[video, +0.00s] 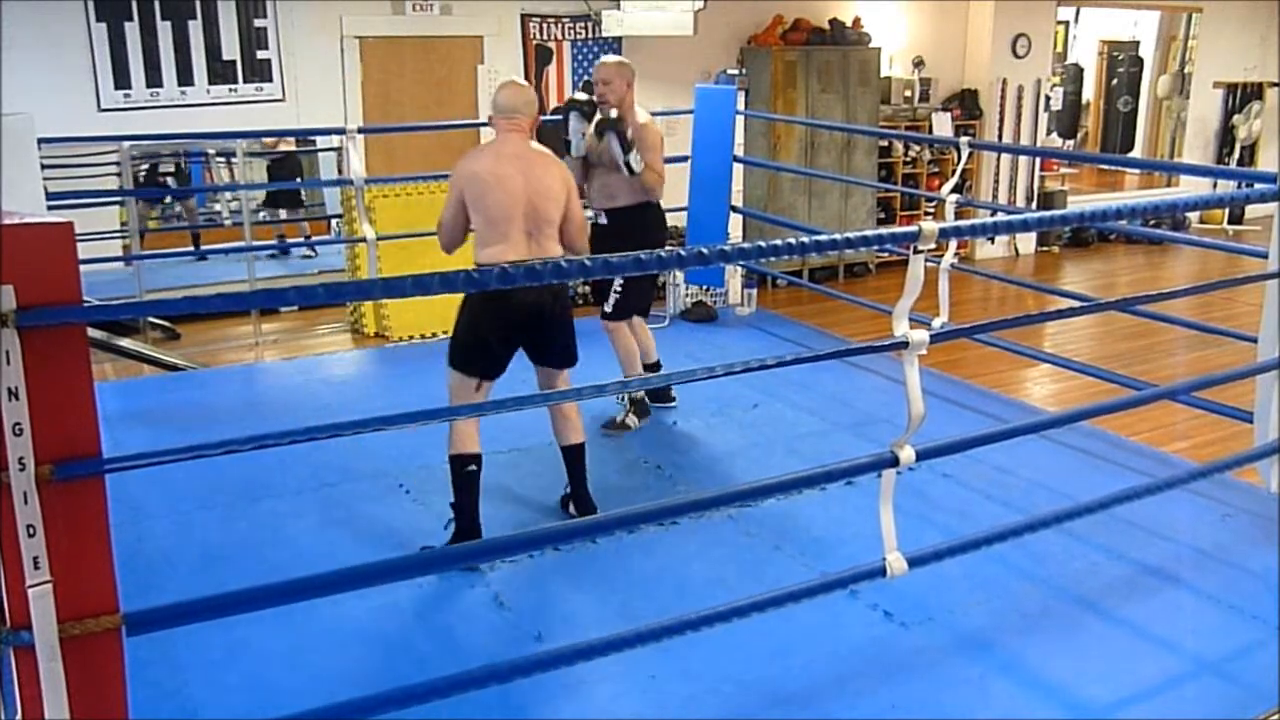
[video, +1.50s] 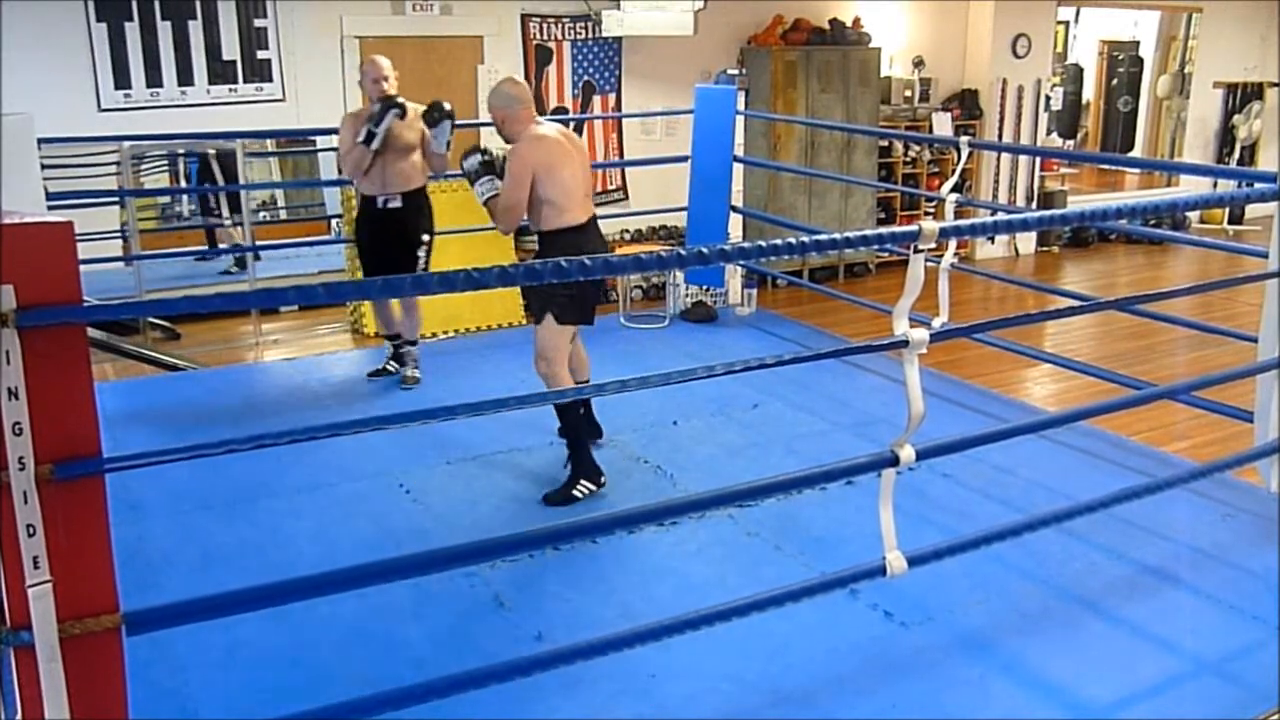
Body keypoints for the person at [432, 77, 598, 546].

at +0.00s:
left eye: (495, 115)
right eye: (533, 117)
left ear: (491, 119)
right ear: (535, 121)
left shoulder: (471, 165)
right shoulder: (557, 168)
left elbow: (449, 240)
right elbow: (578, 244)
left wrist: (482, 207)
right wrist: (543, 217)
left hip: (491, 298)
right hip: (549, 294)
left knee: (465, 409)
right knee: (561, 394)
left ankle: (467, 526)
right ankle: (581, 496)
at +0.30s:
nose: (497, 108)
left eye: (495, 100)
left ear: (496, 104)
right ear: (538, 102)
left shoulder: (481, 147)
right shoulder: (564, 143)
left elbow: (470, 208)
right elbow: (583, 207)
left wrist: (485, 150)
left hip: (512, 272)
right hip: (566, 265)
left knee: (500, 393)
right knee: (567, 379)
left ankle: (541, 507)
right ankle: (584, 492)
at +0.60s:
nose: (494, 113)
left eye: (494, 107)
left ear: (498, 110)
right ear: (538, 108)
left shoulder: (485, 157)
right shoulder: (570, 149)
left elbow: (472, 216)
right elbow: (597, 209)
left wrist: (492, 177)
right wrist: (558, 195)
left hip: (526, 271)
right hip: (574, 262)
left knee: (520, 388)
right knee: (562, 341)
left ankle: (544, 507)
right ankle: (572, 426)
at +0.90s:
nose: (545, 110)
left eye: (549, 106)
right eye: (552, 105)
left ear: (551, 114)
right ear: (585, 120)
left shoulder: (529, 156)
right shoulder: (595, 154)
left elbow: (503, 221)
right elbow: (589, 197)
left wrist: (481, 191)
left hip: (541, 255)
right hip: (589, 253)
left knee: (533, 367)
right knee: (574, 345)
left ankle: (560, 482)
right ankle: (587, 424)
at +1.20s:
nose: (544, 116)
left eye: (543, 110)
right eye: (571, 112)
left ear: (540, 114)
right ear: (577, 117)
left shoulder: (524, 150)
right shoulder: (598, 148)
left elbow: (492, 213)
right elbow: (619, 207)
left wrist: (510, 211)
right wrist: (583, 197)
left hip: (549, 249)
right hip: (596, 246)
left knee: (562, 358)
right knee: (589, 344)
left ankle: (606, 458)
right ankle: (582, 422)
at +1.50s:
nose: (496, 129)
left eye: (496, 121)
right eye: (494, 122)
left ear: (510, 114)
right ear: (529, 106)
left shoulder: (526, 150)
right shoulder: (567, 135)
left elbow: (507, 220)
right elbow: (555, 199)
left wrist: (484, 182)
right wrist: (501, 175)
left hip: (560, 252)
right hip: (588, 241)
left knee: (549, 362)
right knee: (568, 341)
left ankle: (585, 470)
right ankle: (585, 420)